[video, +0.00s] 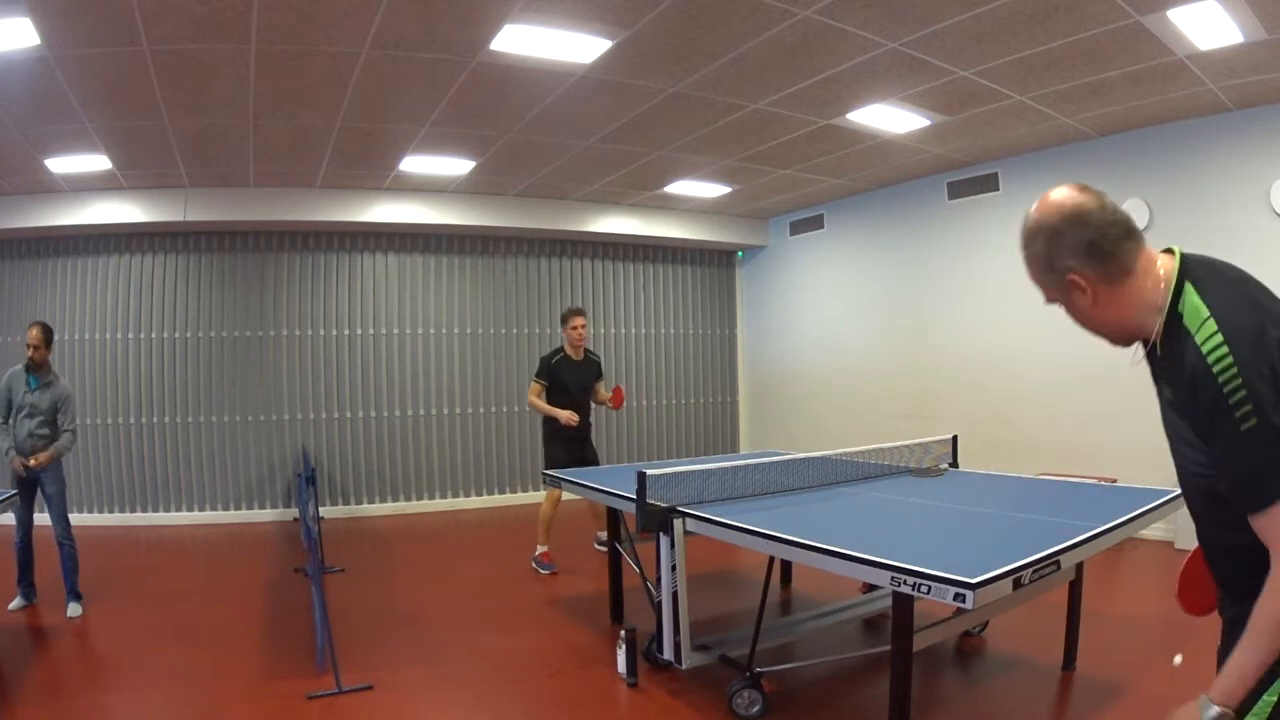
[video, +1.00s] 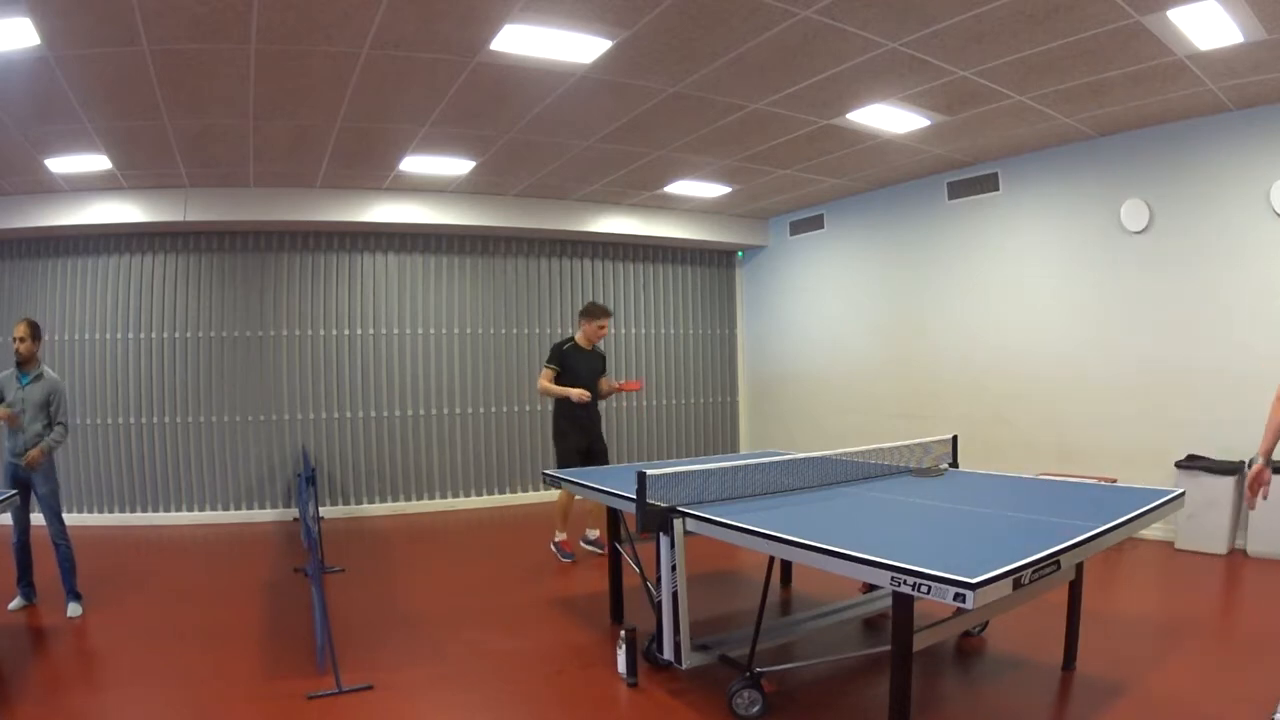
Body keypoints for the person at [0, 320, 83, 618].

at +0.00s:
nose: (30, 352)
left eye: (36, 348)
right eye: (28, 346)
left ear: (49, 349)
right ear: (25, 346)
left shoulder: (60, 390)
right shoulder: (12, 378)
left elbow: (69, 434)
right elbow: (4, 421)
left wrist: (48, 456)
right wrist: (12, 454)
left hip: (49, 464)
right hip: (19, 464)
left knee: (62, 532)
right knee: (22, 533)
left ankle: (73, 596)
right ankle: (26, 593)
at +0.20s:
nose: (24, 346)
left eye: (30, 342)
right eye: (22, 341)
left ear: (43, 346)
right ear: (19, 343)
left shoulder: (58, 388)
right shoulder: (8, 380)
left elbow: (64, 432)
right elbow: (3, 426)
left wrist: (44, 459)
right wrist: (14, 458)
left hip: (47, 462)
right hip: (16, 462)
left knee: (60, 531)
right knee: (21, 532)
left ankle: (73, 596)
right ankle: (26, 593)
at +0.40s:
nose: (22, 344)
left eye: (27, 339)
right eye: (19, 339)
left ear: (41, 343)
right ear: (16, 342)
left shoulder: (55, 385)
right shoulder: (7, 379)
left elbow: (67, 428)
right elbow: (5, 418)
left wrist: (52, 457)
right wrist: (7, 449)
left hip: (44, 465)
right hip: (13, 464)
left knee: (58, 534)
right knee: (18, 534)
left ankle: (72, 596)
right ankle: (25, 593)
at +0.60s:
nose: (20, 342)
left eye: (26, 337)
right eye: (18, 337)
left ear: (39, 342)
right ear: (15, 341)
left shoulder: (54, 384)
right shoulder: (6, 379)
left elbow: (64, 427)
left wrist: (50, 453)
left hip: (42, 464)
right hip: (12, 464)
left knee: (58, 533)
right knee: (19, 534)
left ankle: (73, 596)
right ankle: (26, 593)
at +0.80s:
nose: (19, 342)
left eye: (26, 338)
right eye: (17, 337)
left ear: (39, 342)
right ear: (15, 342)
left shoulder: (53, 384)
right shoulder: (5, 379)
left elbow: (61, 428)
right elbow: (3, 417)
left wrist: (44, 451)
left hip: (41, 464)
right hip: (10, 464)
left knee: (57, 532)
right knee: (19, 533)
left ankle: (72, 596)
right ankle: (26, 593)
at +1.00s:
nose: (17, 345)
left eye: (23, 340)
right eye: (14, 340)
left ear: (37, 344)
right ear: (12, 344)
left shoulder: (52, 384)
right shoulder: (6, 381)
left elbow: (61, 428)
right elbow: (4, 411)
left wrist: (43, 449)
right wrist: (3, 414)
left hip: (40, 464)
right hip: (11, 465)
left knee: (57, 532)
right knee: (19, 533)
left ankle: (72, 596)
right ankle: (26, 593)